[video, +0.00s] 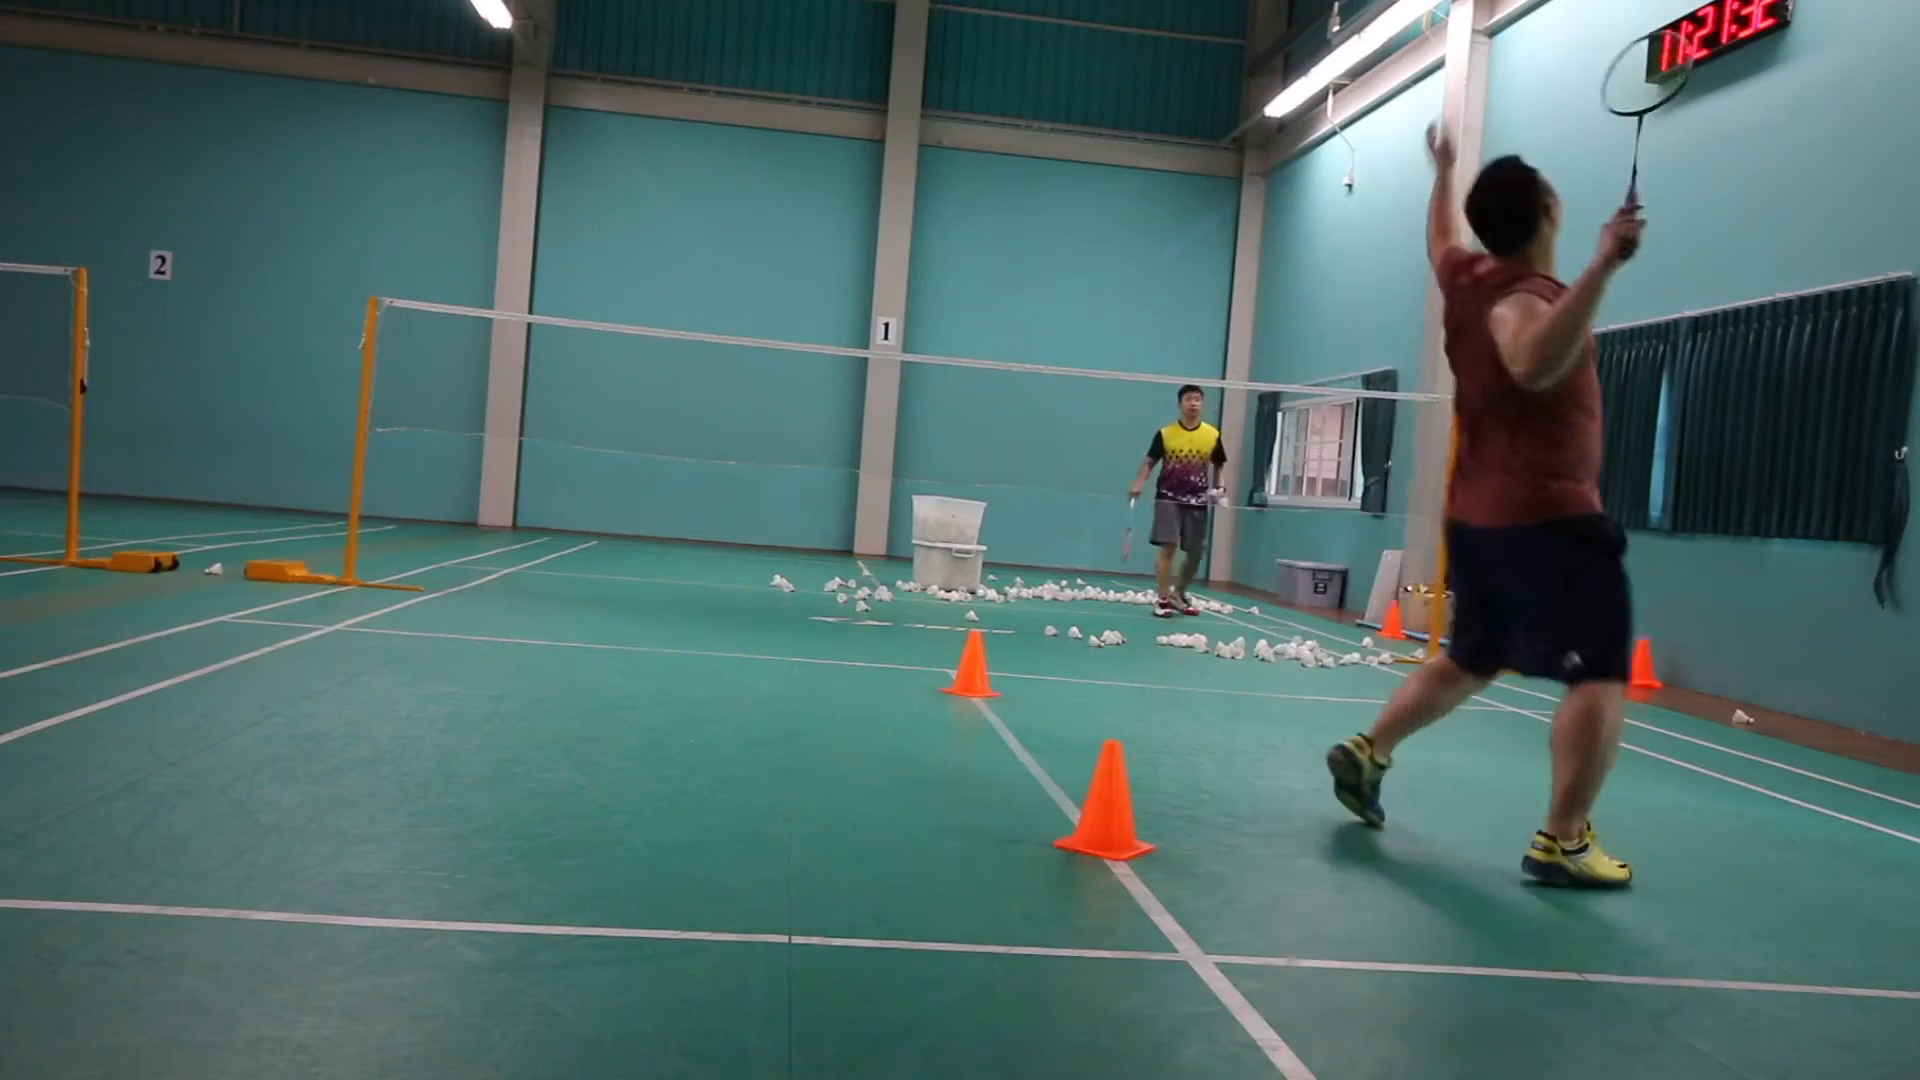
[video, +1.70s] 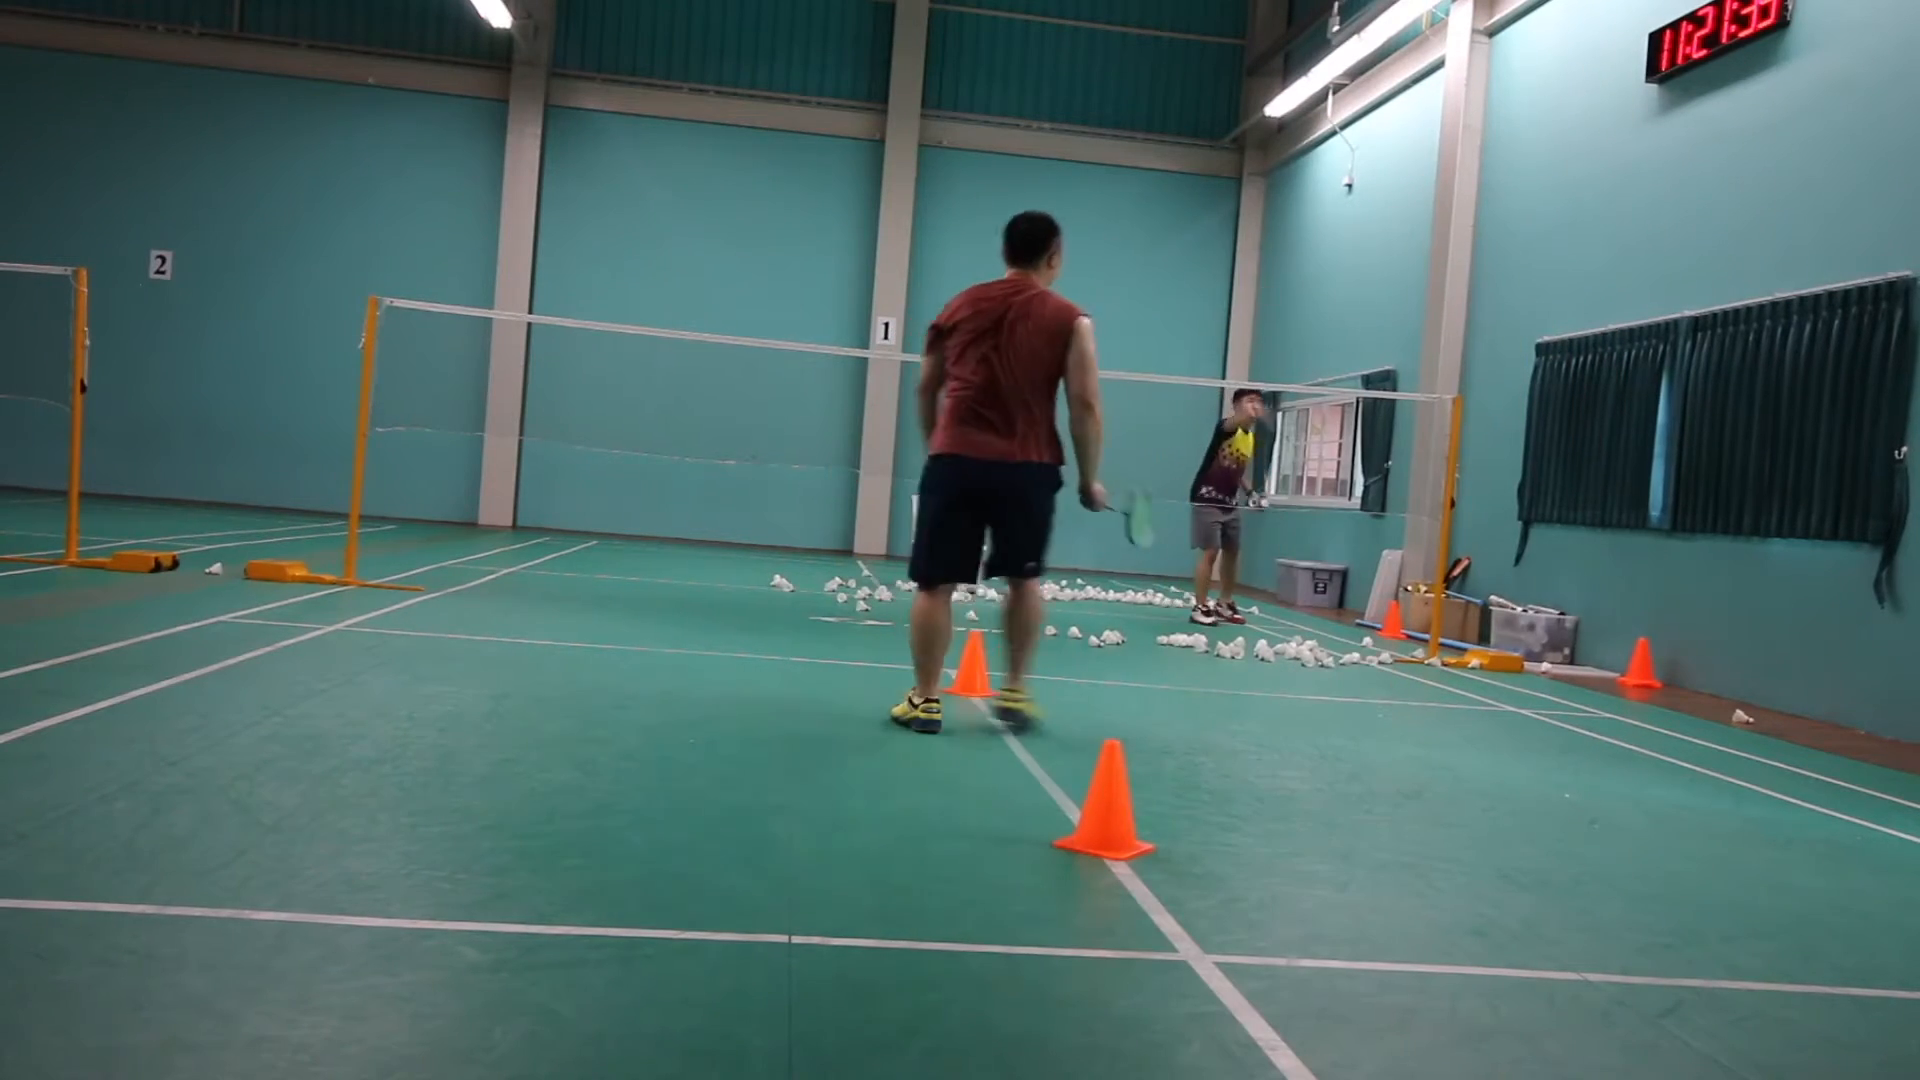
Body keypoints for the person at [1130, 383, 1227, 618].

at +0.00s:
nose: (1193, 404)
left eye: (1197, 399)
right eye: (1188, 399)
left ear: (1202, 404)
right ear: (1180, 404)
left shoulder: (1212, 435)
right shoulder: (1165, 434)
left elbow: (1219, 465)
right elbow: (1150, 462)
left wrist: (1219, 486)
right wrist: (1138, 484)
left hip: (1198, 501)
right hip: (1169, 498)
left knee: (1194, 554)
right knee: (1168, 547)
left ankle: (1179, 593)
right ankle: (1163, 597)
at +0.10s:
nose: (1192, 403)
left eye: (1196, 399)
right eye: (1188, 399)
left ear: (1202, 404)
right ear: (1179, 404)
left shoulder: (1213, 433)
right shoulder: (1166, 434)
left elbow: (1220, 462)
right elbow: (1151, 462)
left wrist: (1224, 480)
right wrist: (1147, 486)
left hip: (1202, 501)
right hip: (1171, 499)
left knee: (1208, 550)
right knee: (1168, 549)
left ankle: (1197, 592)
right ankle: (1163, 599)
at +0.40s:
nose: (1220, 406)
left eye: (1224, 402)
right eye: (1215, 402)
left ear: (1229, 406)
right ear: (1206, 406)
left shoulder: (1239, 437)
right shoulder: (1192, 438)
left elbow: (1244, 468)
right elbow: (1178, 469)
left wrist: (1250, 496)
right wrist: (1182, 499)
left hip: (1226, 508)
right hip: (1196, 507)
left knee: (1228, 555)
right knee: (1182, 554)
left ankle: (1229, 605)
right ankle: (1164, 599)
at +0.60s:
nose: (1236, 417)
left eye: (1240, 412)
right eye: (1232, 411)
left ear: (1245, 415)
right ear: (1222, 413)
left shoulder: (1249, 440)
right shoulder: (1206, 439)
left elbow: (1252, 468)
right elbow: (1188, 464)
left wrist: (1261, 490)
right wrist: (1200, 484)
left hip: (1229, 506)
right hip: (1200, 504)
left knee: (1232, 555)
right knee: (1187, 549)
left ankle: (1229, 605)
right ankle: (1169, 597)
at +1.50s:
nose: (1242, 412)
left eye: (1246, 408)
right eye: (1237, 407)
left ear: (1250, 412)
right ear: (1228, 411)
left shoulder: (1255, 439)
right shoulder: (1214, 442)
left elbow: (1257, 469)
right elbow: (1204, 480)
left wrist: (1272, 496)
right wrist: (1222, 507)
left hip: (1236, 504)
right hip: (1210, 503)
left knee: (1234, 556)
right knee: (1211, 552)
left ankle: (1227, 605)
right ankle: (1200, 605)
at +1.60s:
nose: (1249, 409)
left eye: (1252, 405)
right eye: (1243, 404)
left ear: (1255, 410)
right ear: (1232, 408)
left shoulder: (1252, 438)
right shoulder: (1221, 435)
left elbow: (1249, 467)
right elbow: (1215, 462)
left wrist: (1263, 493)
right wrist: (1241, 483)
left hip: (1233, 502)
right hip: (1209, 500)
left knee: (1232, 553)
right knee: (1211, 551)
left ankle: (1227, 604)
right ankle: (1201, 605)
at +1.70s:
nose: (1255, 409)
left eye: (1258, 404)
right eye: (1250, 403)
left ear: (1260, 409)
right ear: (1237, 406)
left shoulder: (1249, 436)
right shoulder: (1225, 427)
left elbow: (1237, 472)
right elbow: (1232, 424)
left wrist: (1251, 492)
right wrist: (1249, 414)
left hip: (1229, 501)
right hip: (1208, 499)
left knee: (1231, 552)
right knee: (1211, 551)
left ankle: (1225, 603)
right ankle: (1201, 606)